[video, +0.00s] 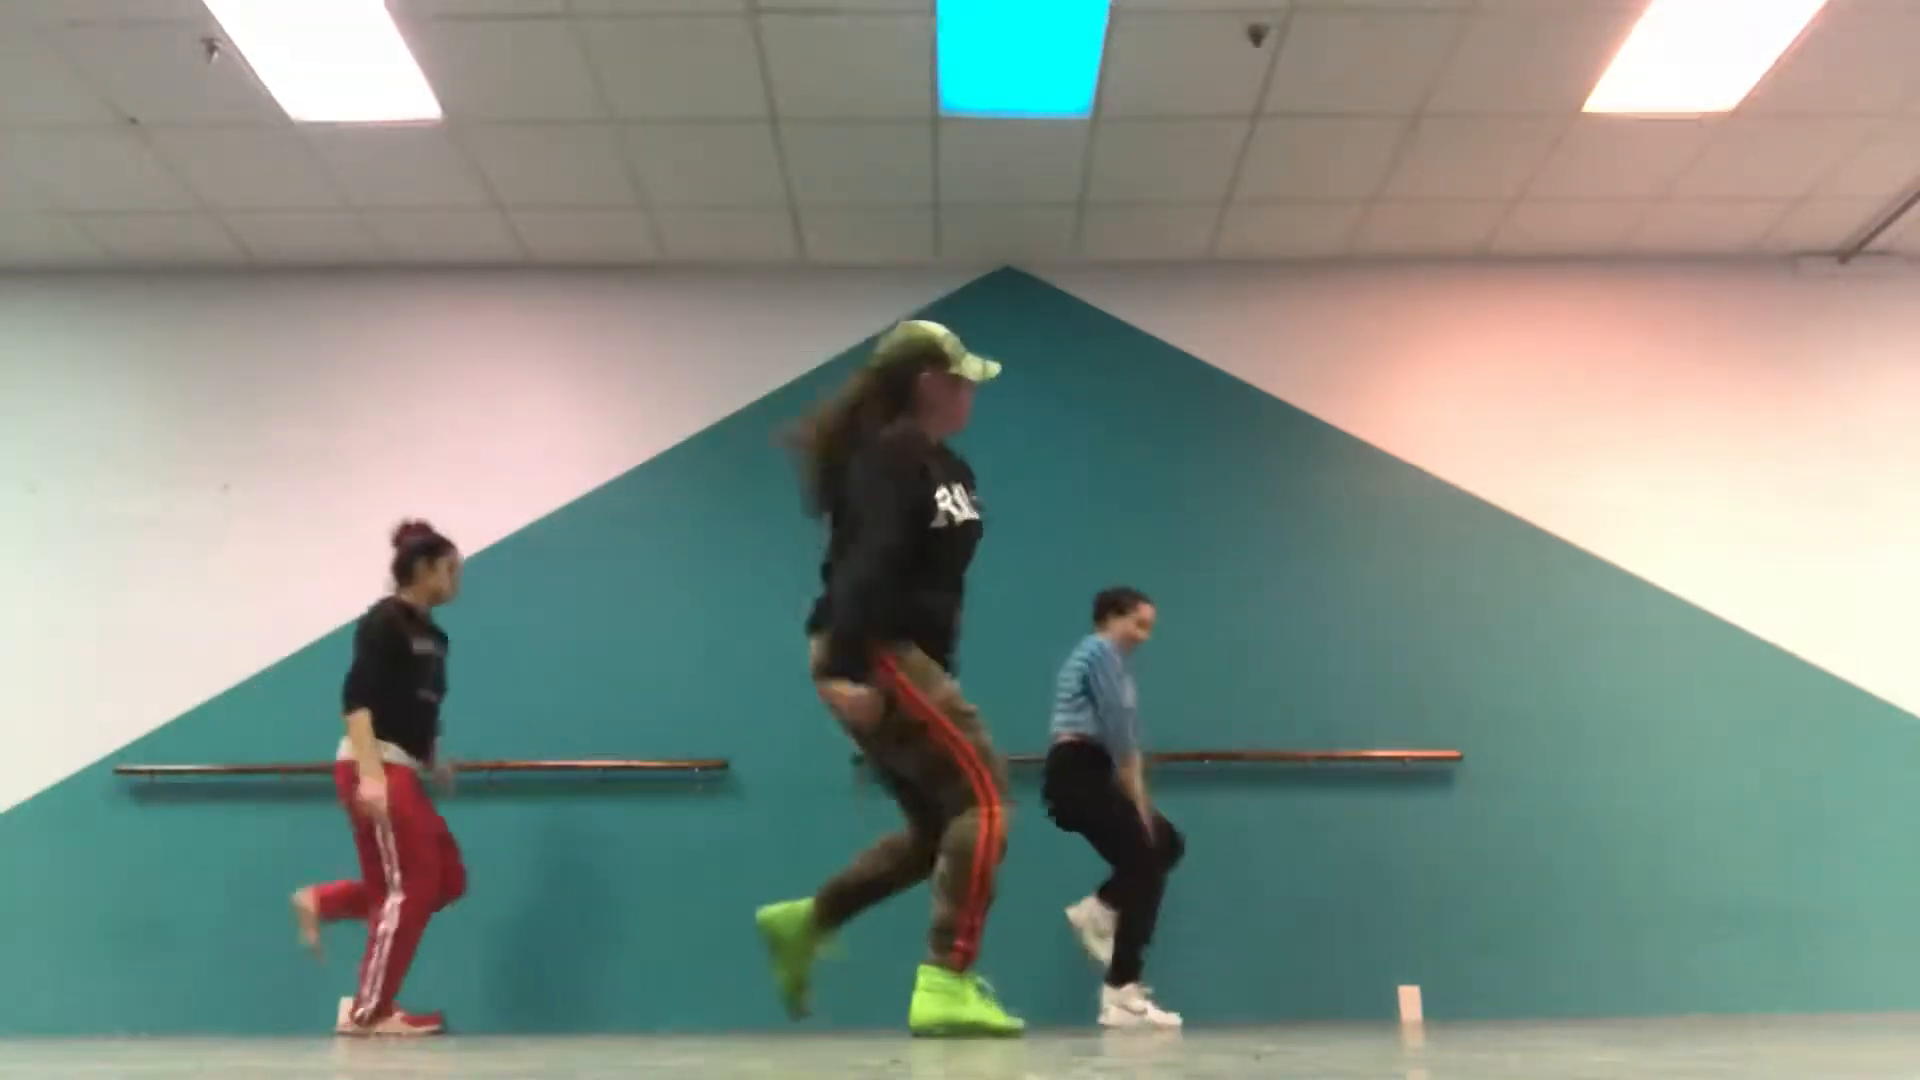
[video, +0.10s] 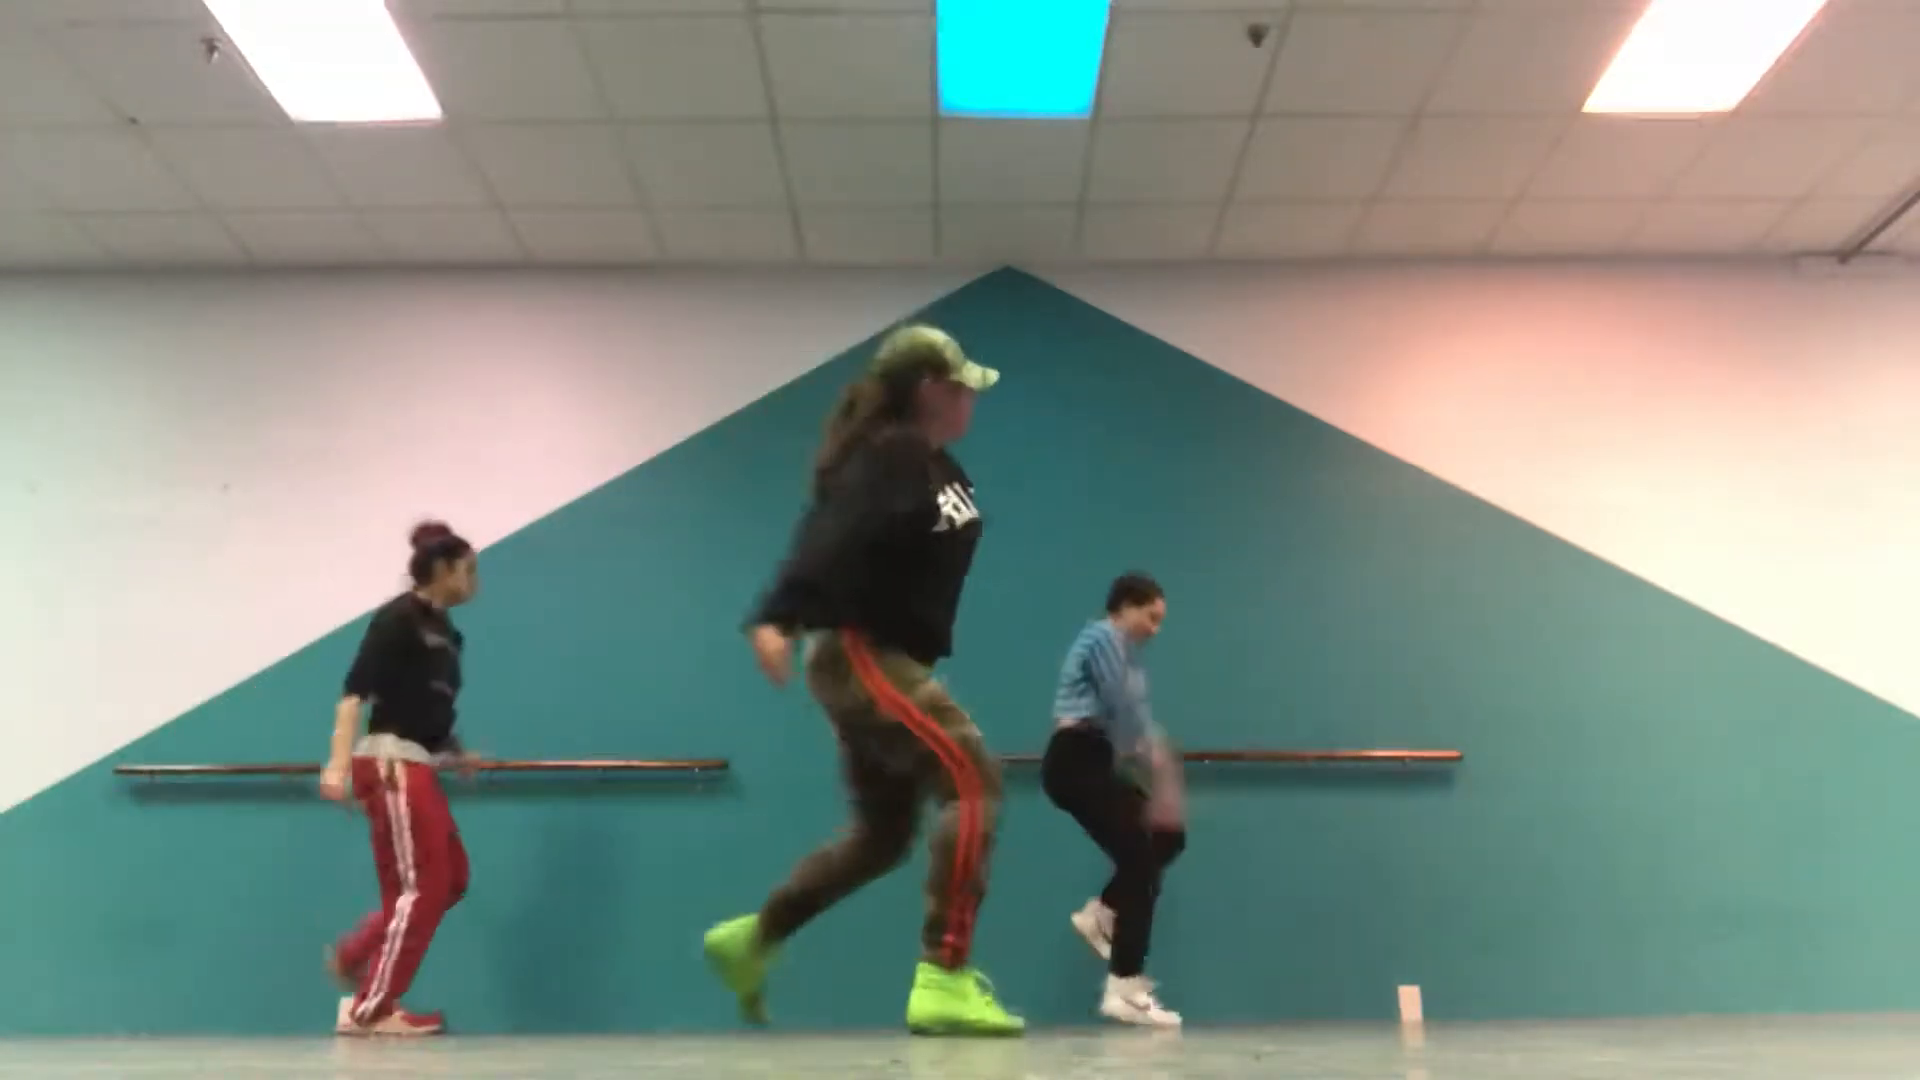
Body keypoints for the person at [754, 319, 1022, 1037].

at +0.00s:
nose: (971, 397)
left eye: (970, 385)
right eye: (963, 385)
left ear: (930, 386)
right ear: (929, 385)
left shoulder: (946, 464)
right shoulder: (890, 454)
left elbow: (926, 564)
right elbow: (865, 556)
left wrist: (936, 665)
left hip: (901, 648)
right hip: (876, 650)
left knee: (938, 834)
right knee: (980, 795)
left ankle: (805, 923)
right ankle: (947, 981)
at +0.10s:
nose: (970, 403)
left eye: (968, 391)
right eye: (960, 390)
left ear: (930, 394)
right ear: (922, 393)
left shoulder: (935, 464)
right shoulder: (885, 457)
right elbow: (830, 530)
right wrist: (778, 617)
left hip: (891, 655)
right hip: (857, 654)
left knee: (881, 838)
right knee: (970, 779)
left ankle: (751, 941)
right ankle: (945, 976)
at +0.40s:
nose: (958, 418)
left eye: (957, 406)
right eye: (950, 405)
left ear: (921, 404)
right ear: (917, 405)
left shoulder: (908, 473)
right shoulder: (878, 467)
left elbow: (901, 552)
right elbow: (876, 538)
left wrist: (915, 590)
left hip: (848, 662)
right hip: (829, 661)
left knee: (785, 835)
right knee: (954, 780)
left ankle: (686, 975)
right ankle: (936, 978)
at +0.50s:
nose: (957, 395)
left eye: (952, 382)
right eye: (948, 383)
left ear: (894, 388)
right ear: (925, 386)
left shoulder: (859, 445)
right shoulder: (912, 452)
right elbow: (921, 579)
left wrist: (948, 674)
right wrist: (967, 679)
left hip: (802, 631)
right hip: (853, 632)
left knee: (861, 820)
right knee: (950, 802)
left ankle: (725, 918)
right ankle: (898, 973)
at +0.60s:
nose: (941, 389)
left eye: (935, 378)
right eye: (934, 378)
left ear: (868, 389)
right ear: (916, 388)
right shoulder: (929, 448)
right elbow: (968, 568)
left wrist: (983, 645)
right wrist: (988, 671)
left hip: (800, 652)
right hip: (863, 649)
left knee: (905, 804)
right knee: (958, 809)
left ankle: (762, 825)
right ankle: (895, 980)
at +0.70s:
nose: (926, 370)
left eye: (917, 362)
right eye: (922, 361)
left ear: (849, 370)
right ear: (912, 362)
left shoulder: (835, 438)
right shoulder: (938, 422)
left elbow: (897, 537)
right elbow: (991, 529)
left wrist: (1010, 550)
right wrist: (983, 608)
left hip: (798, 618)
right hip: (868, 613)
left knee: (894, 768)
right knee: (934, 796)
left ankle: (784, 812)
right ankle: (893, 980)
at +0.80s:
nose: (905, 334)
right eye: (901, 324)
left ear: (834, 346)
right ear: (899, 332)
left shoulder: (825, 404)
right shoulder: (938, 391)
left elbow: (888, 478)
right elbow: (984, 505)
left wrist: (997, 486)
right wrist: (970, 535)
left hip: (796, 575)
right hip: (873, 575)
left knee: (890, 744)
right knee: (874, 764)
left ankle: (828, 882)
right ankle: (864, 962)